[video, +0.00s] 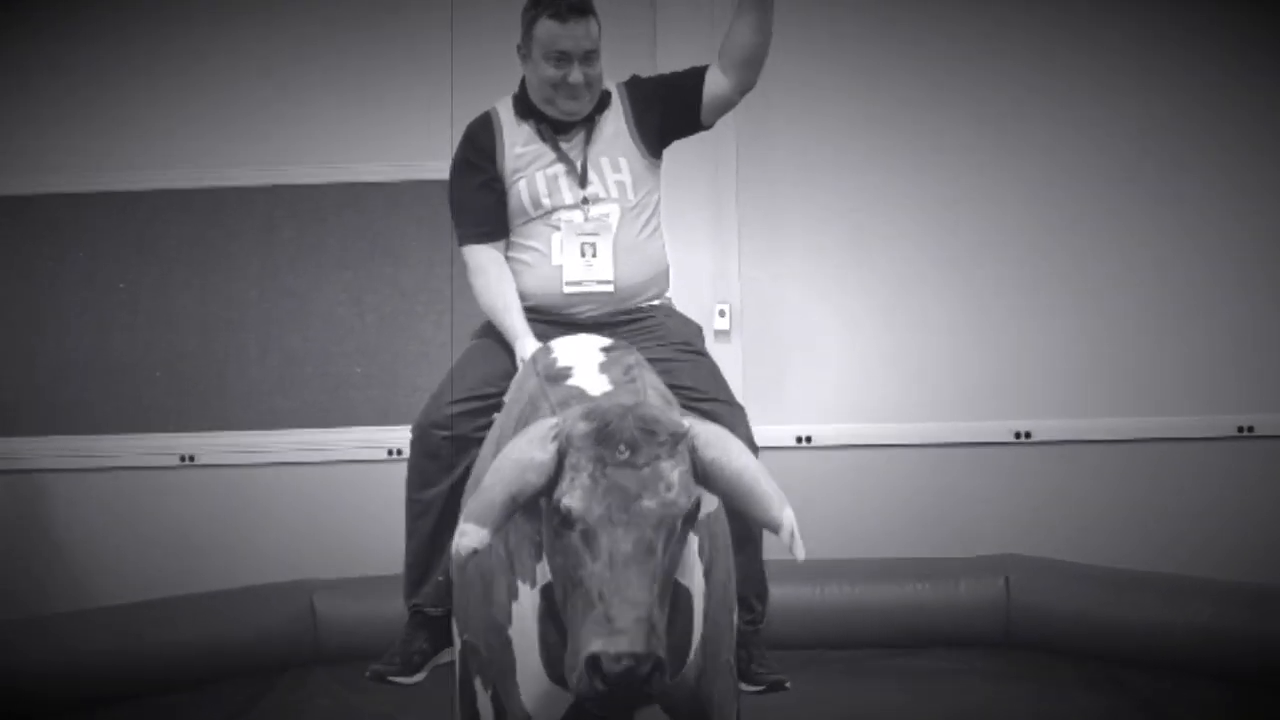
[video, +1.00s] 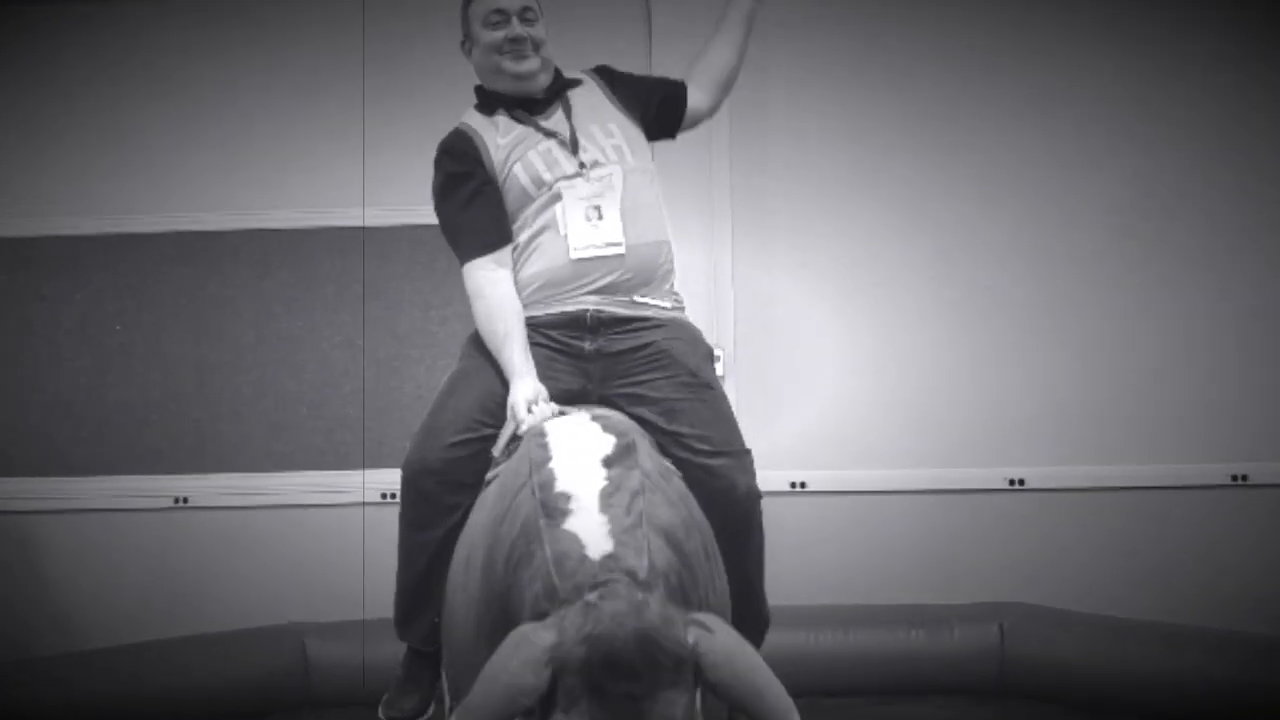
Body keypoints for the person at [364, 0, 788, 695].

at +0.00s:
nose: (574, 75)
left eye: (588, 58)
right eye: (557, 59)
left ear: (603, 50)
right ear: (524, 54)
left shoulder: (640, 108)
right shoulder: (488, 138)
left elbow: (733, 77)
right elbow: (483, 256)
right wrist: (526, 348)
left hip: (643, 318)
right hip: (529, 325)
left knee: (732, 443)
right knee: (438, 431)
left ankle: (742, 635)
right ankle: (429, 622)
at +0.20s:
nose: (567, 68)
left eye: (581, 50)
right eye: (550, 51)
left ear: (597, 47)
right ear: (518, 51)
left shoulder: (637, 102)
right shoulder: (484, 139)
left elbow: (724, 64)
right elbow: (487, 262)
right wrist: (524, 351)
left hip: (642, 320)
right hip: (527, 326)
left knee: (730, 452)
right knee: (436, 438)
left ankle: (738, 646)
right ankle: (425, 631)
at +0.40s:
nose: (558, 58)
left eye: (573, 42)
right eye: (541, 42)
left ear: (591, 42)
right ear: (509, 45)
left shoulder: (630, 95)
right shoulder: (481, 140)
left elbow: (714, 45)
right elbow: (488, 266)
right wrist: (521, 352)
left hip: (642, 323)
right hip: (529, 325)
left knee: (729, 459)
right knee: (435, 441)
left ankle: (734, 649)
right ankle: (422, 637)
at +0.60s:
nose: (546, 51)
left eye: (560, 34)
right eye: (527, 35)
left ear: (578, 36)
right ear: (497, 42)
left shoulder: (623, 88)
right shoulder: (477, 143)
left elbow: (702, 33)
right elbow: (490, 269)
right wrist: (521, 359)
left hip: (645, 326)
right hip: (530, 329)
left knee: (730, 468)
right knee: (432, 451)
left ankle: (737, 653)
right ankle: (420, 640)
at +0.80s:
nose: (530, 40)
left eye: (542, 25)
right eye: (511, 27)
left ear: (562, 32)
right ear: (480, 43)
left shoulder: (617, 87)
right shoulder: (472, 144)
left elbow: (702, 49)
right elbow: (488, 269)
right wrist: (521, 369)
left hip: (647, 327)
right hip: (530, 333)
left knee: (731, 475)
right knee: (432, 458)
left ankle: (743, 664)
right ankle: (422, 655)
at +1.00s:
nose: (517, 30)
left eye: (528, 16)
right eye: (496, 20)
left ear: (546, 28)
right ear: (466, 44)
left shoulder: (612, 91)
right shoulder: (467, 147)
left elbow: (700, 96)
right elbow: (487, 273)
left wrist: (743, 9)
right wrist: (521, 376)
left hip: (650, 331)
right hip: (528, 339)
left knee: (731, 484)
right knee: (431, 470)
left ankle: (741, 662)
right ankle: (421, 663)